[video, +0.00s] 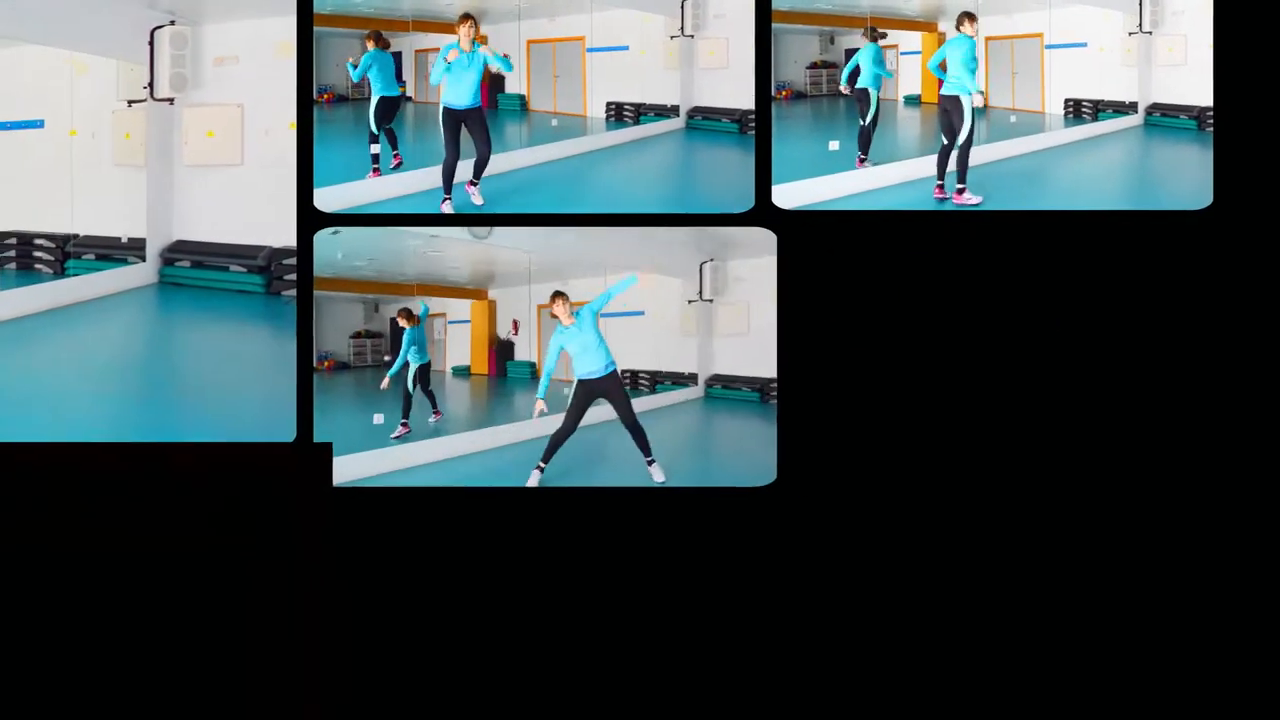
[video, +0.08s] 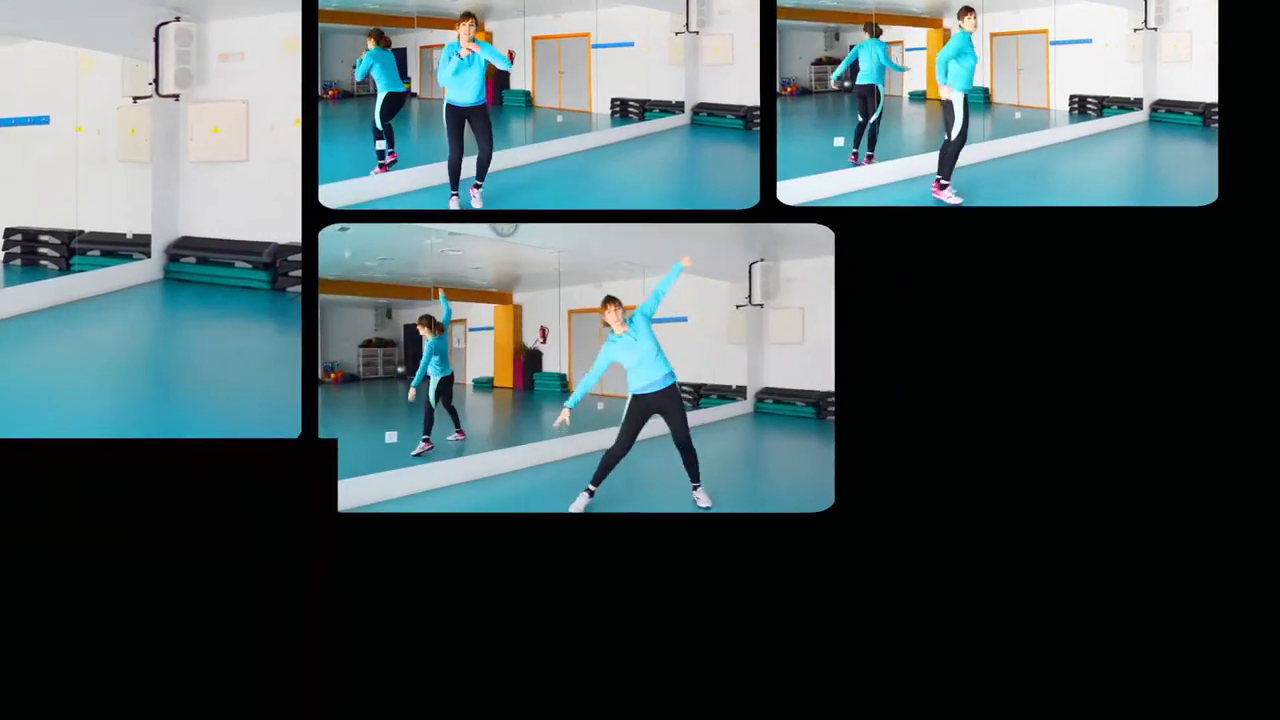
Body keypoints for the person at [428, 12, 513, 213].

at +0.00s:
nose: (468, 30)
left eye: (471, 26)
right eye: (464, 26)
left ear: (476, 30)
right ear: (458, 29)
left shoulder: (482, 51)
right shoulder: (447, 50)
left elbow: (508, 68)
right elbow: (434, 80)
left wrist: (491, 53)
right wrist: (447, 61)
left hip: (474, 109)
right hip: (450, 109)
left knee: (485, 151)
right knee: (452, 155)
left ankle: (473, 185)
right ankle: (447, 199)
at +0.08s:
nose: (468, 29)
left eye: (471, 25)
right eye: (464, 25)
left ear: (476, 29)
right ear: (458, 28)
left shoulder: (484, 48)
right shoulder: (450, 49)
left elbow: (506, 65)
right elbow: (441, 80)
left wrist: (478, 49)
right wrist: (458, 58)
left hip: (478, 106)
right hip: (454, 106)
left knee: (486, 148)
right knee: (456, 152)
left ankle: (477, 188)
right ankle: (454, 194)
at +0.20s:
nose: (468, 32)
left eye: (472, 29)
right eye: (464, 28)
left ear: (476, 32)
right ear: (458, 31)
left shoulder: (485, 48)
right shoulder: (451, 54)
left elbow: (507, 66)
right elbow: (449, 87)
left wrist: (478, 52)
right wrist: (463, 64)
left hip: (484, 107)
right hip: (460, 107)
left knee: (485, 150)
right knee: (463, 151)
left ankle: (478, 192)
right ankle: (463, 191)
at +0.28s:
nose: (468, 34)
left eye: (472, 31)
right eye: (465, 30)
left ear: (477, 34)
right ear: (459, 33)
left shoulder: (485, 50)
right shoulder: (453, 55)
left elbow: (511, 65)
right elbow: (451, 90)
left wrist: (481, 59)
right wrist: (465, 68)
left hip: (488, 105)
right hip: (465, 105)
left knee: (495, 147)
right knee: (469, 148)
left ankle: (486, 187)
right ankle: (467, 188)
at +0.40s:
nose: (471, 32)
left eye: (475, 29)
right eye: (468, 28)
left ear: (479, 32)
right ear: (461, 30)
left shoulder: (487, 46)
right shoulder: (454, 52)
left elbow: (517, 59)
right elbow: (448, 82)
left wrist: (496, 69)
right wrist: (454, 78)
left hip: (497, 99)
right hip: (473, 101)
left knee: (515, 139)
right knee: (477, 144)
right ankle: (473, 185)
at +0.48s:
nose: (472, 30)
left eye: (476, 27)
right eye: (469, 26)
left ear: (481, 30)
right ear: (463, 28)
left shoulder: (490, 44)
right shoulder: (456, 49)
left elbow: (521, 55)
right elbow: (455, 74)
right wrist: (446, 75)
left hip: (501, 96)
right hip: (478, 98)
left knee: (522, 137)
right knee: (480, 142)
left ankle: (545, 174)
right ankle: (477, 183)